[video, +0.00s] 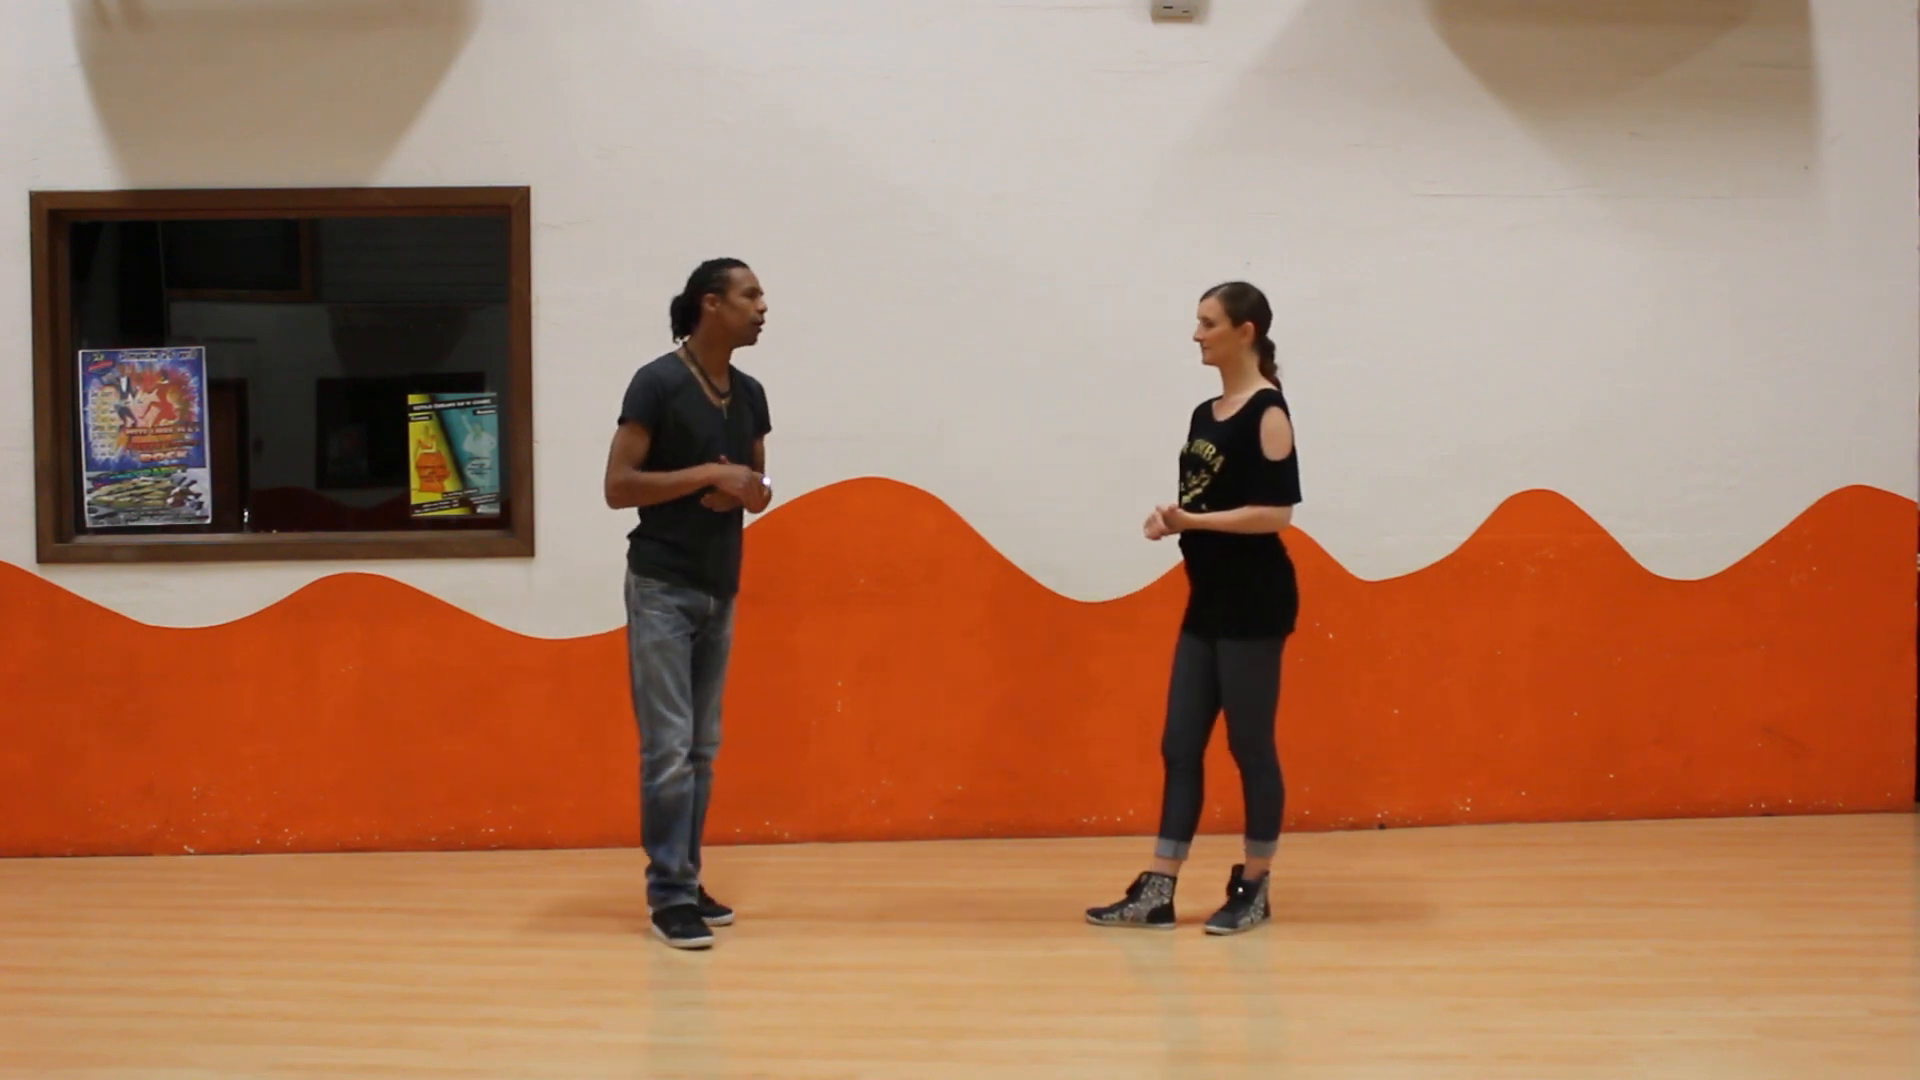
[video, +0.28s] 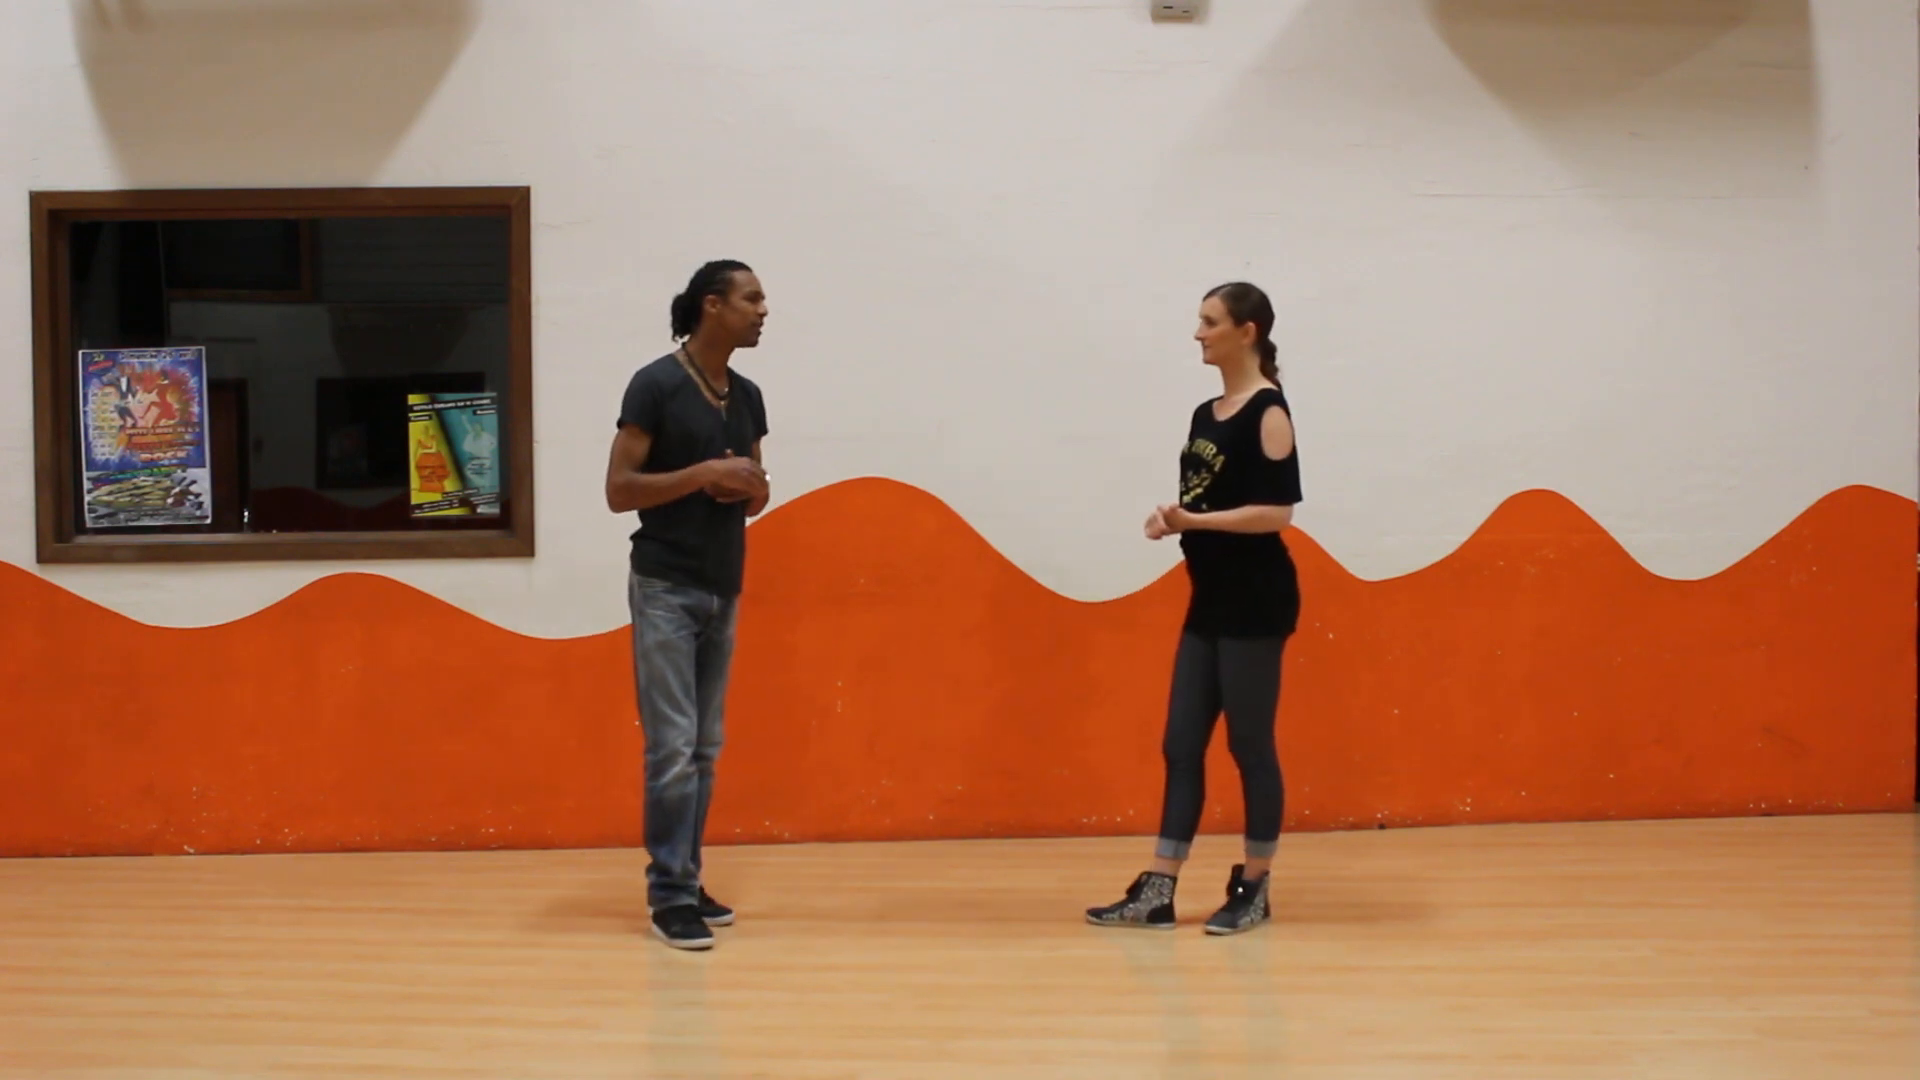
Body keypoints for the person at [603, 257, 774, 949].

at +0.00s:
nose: (764, 307)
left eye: (762, 296)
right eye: (752, 297)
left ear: (728, 309)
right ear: (709, 306)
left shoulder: (748, 392)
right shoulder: (656, 383)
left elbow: (760, 492)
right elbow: (617, 488)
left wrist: (742, 489)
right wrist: (710, 474)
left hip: (717, 589)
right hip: (661, 586)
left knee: (702, 743)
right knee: (670, 742)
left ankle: (685, 884)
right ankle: (670, 896)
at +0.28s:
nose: (764, 310)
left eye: (763, 300)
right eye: (752, 300)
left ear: (728, 310)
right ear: (710, 307)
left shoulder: (746, 395)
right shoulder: (654, 385)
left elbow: (757, 494)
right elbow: (618, 491)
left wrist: (749, 484)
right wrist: (705, 474)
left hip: (719, 590)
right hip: (664, 586)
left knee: (705, 744)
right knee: (673, 743)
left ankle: (685, 884)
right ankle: (670, 896)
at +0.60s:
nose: (738, 310)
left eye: (745, 301)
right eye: (725, 298)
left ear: (750, 315)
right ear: (690, 306)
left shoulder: (754, 399)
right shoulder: (650, 387)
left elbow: (763, 499)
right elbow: (611, 491)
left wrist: (756, 487)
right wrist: (700, 472)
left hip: (725, 589)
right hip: (666, 586)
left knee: (709, 742)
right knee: (682, 739)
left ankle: (683, 882)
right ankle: (673, 894)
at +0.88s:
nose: (690, 323)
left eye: (703, 310)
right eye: (681, 312)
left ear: (731, 314)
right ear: (671, 316)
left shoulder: (763, 394)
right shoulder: (644, 392)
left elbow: (773, 503)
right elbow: (613, 500)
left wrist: (773, 472)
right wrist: (678, 458)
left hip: (728, 584)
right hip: (667, 582)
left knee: (712, 739)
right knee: (693, 736)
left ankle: (671, 875)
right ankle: (696, 892)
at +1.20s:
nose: (695, 328)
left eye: (706, 314)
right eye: (683, 317)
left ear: (727, 314)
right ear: (667, 320)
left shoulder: (763, 391)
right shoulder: (642, 401)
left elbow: (767, 490)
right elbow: (627, 510)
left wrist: (812, 487)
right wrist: (618, 482)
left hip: (733, 590)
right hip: (668, 588)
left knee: (712, 748)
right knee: (686, 746)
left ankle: (672, 874)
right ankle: (694, 897)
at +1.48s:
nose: (695, 319)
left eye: (707, 307)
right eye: (683, 307)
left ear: (729, 311)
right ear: (669, 311)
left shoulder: (759, 385)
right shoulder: (642, 393)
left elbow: (771, 489)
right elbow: (613, 506)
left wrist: (782, 478)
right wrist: (660, 476)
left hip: (736, 588)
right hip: (675, 589)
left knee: (719, 749)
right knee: (689, 749)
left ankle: (677, 874)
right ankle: (695, 897)